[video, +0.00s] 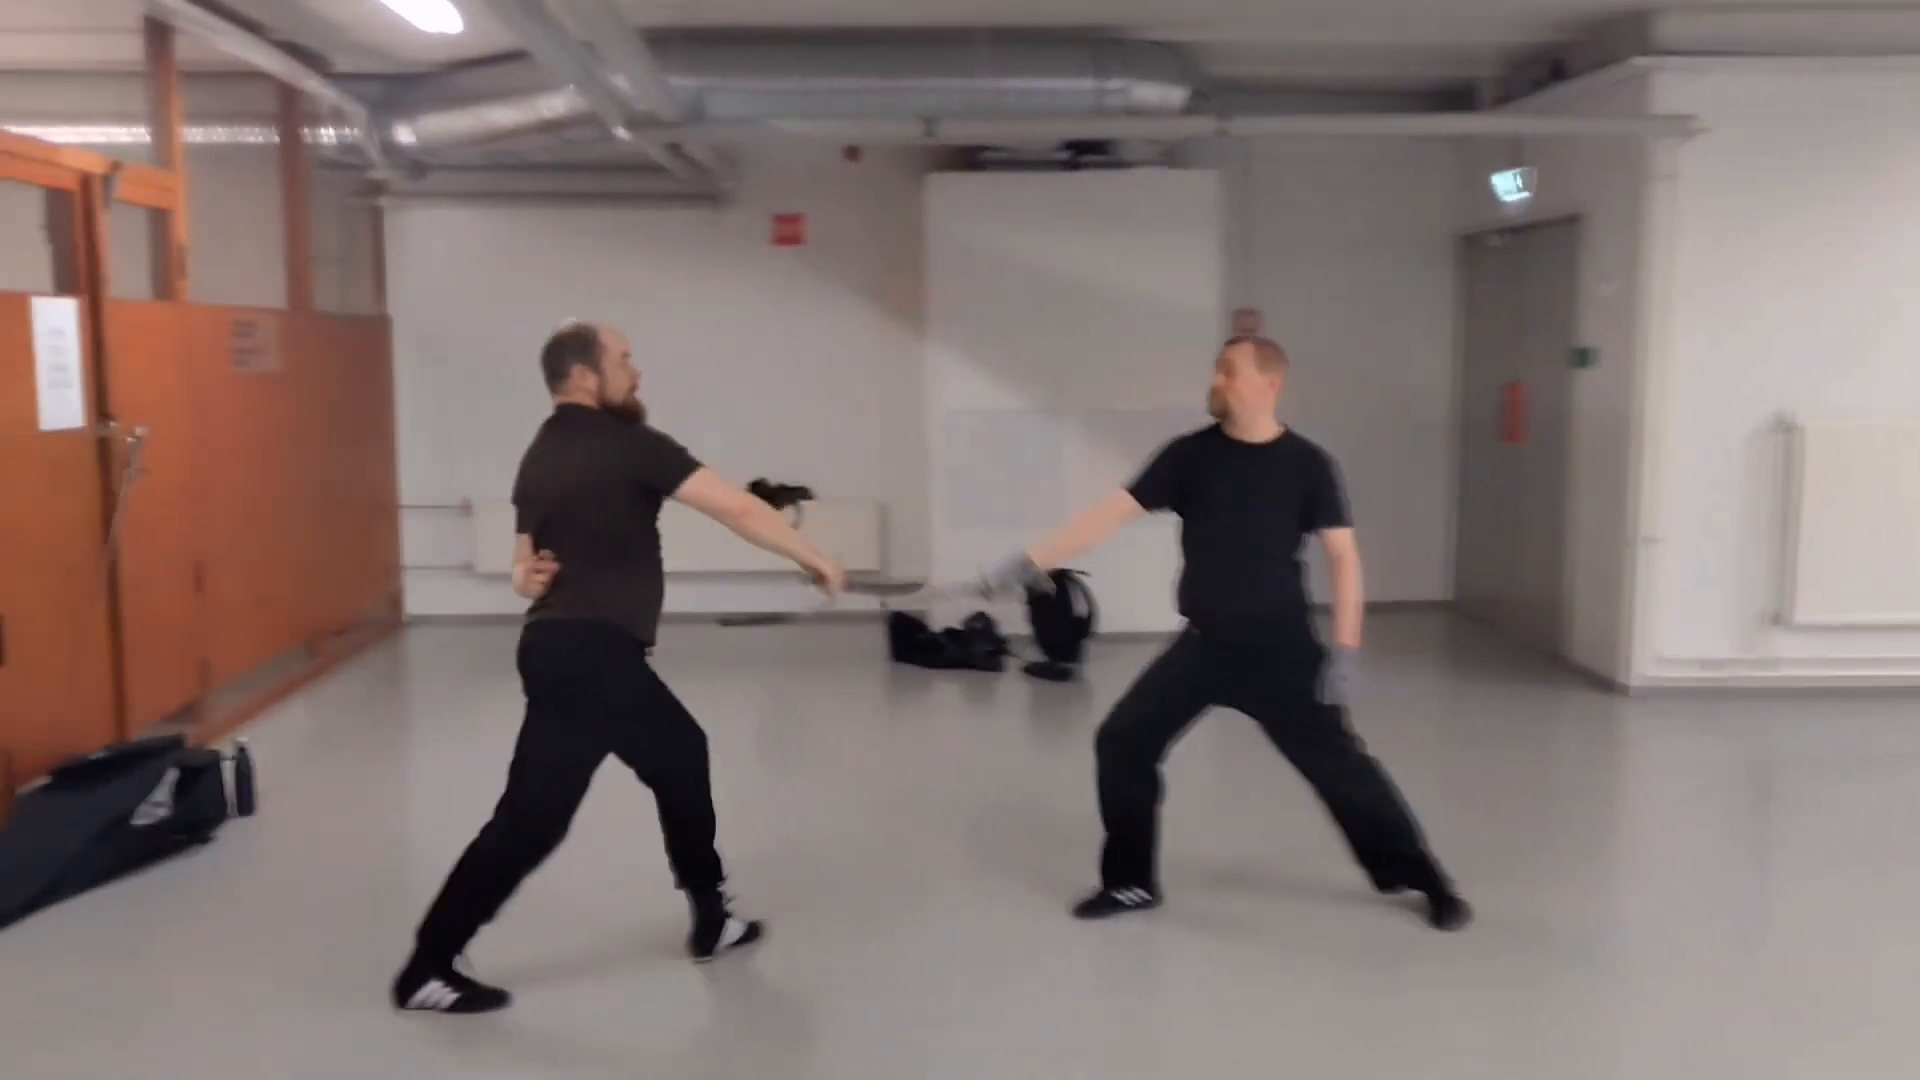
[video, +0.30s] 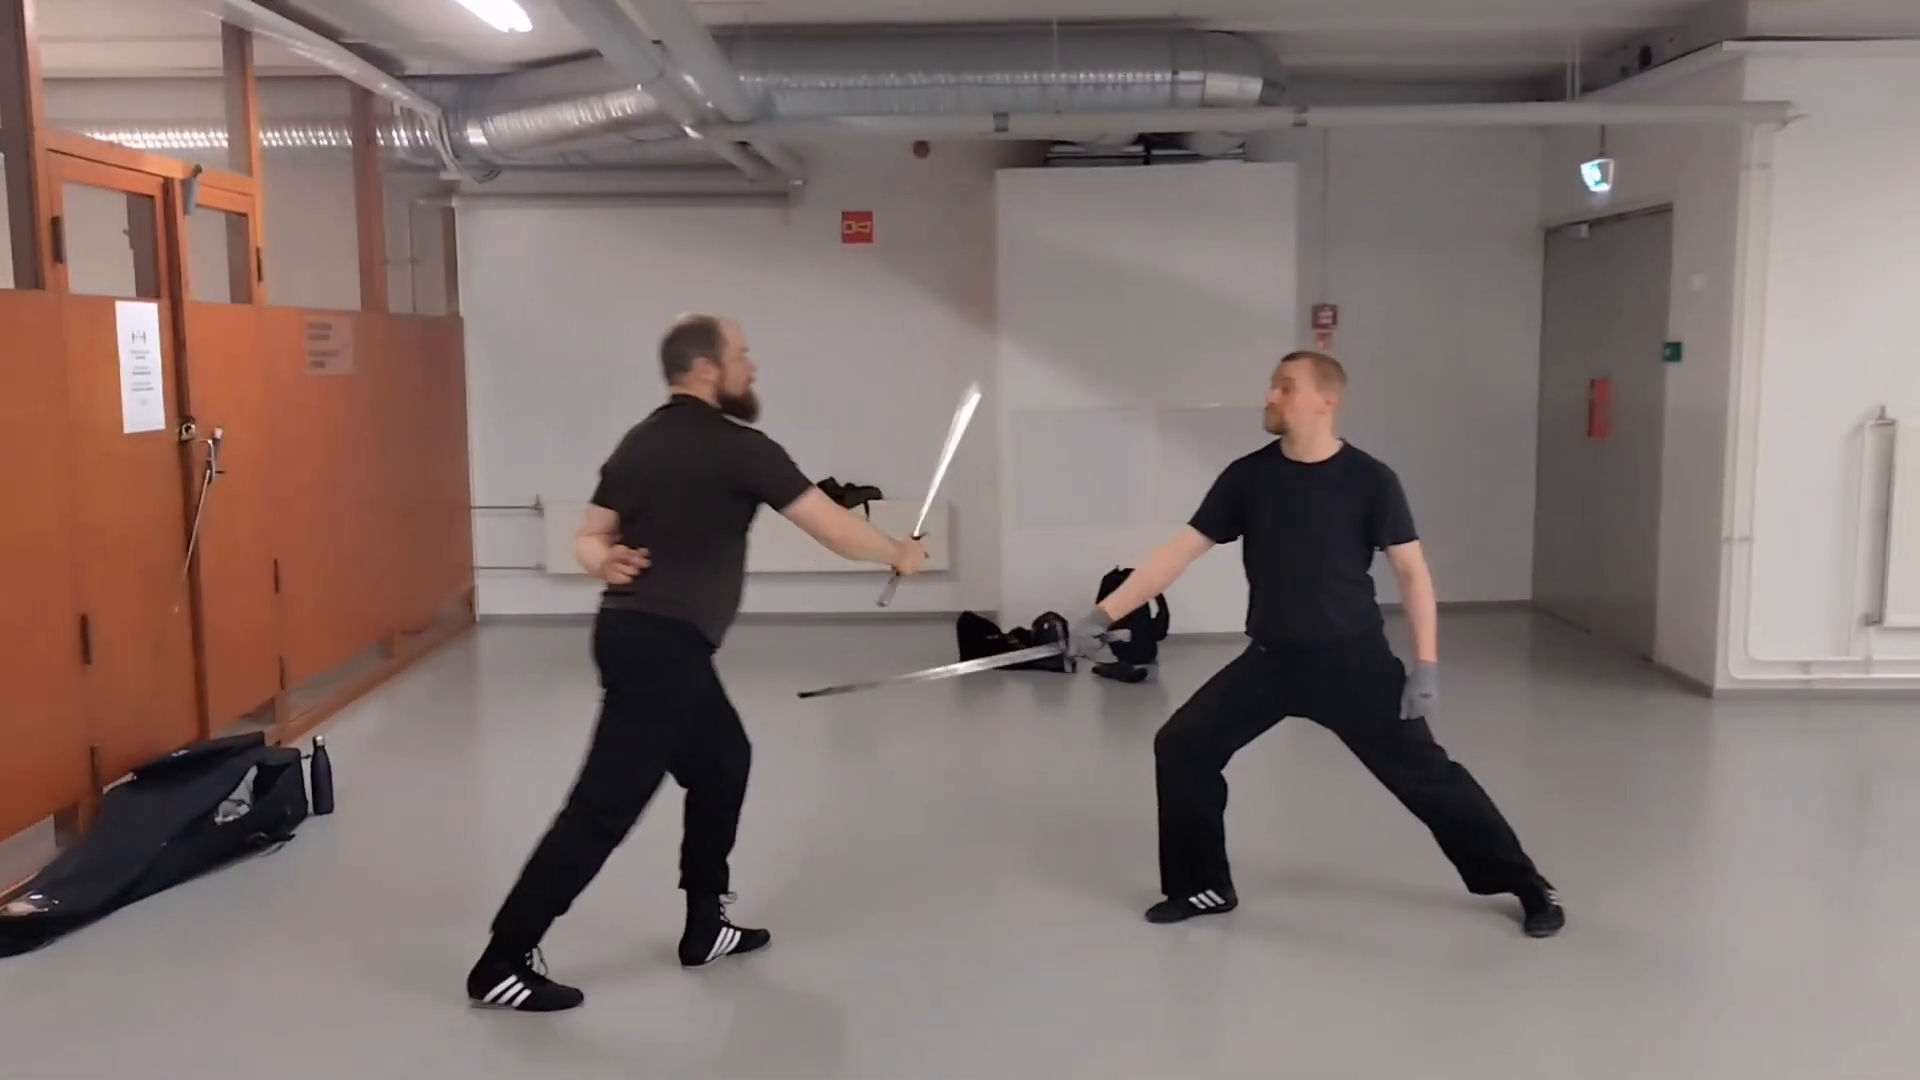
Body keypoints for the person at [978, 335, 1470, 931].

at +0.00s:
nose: (1218, 381)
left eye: (1232, 371)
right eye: (1217, 370)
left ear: (1272, 384)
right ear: (1218, 381)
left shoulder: (1307, 465)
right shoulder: (1190, 457)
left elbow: (1343, 559)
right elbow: (1107, 517)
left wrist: (1344, 654)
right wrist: (1028, 564)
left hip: (1283, 652)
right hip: (1205, 648)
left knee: (1341, 765)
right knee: (1122, 743)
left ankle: (1427, 881)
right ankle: (1131, 884)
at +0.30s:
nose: (1270, 398)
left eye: (1285, 388)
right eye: (1272, 387)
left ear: (1327, 402)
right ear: (1276, 401)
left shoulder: (1369, 482)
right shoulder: (1247, 477)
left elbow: (1413, 575)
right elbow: (1179, 551)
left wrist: (1426, 668)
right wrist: (1102, 616)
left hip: (1353, 666)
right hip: (1269, 664)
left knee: (1427, 777)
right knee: (1182, 746)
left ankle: (1528, 886)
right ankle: (1205, 887)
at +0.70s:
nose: (1352, 369)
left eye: (1369, 363)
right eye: (1355, 360)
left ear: (1406, 384)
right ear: (1354, 373)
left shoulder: (1428, 468)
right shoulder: (1308, 446)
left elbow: (1455, 568)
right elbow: (1249, 529)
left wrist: (1455, 657)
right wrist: (1181, 601)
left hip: (1383, 650)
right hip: (1302, 643)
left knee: (1436, 773)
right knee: (1218, 740)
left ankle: (1531, 875)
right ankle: (1205, 878)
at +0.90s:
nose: (1419, 352)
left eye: (1435, 344)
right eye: (1423, 341)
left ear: (1475, 362)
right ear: (1430, 353)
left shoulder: (1494, 447)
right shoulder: (1385, 424)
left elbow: (1509, 554)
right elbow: (1335, 507)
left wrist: (1483, 642)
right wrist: (1277, 581)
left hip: (1443, 628)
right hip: (1371, 620)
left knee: (1447, 766)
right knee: (1305, 746)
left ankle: (1534, 883)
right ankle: (1219, 864)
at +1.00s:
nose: (1453, 340)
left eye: (1469, 332)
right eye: (1456, 329)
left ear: (1510, 350)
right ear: (1458, 341)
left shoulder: (1530, 435)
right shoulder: (1420, 414)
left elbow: (1540, 541)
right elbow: (1379, 504)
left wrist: (1511, 632)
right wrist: (1327, 581)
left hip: (1481, 618)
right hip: (1408, 610)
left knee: (1475, 756)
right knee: (1342, 729)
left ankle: (1526, 889)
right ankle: (1281, 860)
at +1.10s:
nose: (1476, 328)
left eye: (1492, 320)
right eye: (1478, 318)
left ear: (1533, 338)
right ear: (1478, 330)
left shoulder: (1556, 421)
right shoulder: (1447, 403)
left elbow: (1570, 528)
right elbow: (1414, 498)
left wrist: (1546, 618)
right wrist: (1376, 575)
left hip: (1512, 604)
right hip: (1440, 596)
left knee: (1497, 749)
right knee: (1377, 717)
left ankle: (1519, 887)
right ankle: (1378, 859)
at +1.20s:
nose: (1494, 320)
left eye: (1510, 311)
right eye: (1496, 309)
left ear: (1552, 327)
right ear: (1500, 321)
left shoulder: (1576, 412)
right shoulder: (1466, 395)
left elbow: (1589, 518)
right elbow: (1442, 488)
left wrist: (1565, 607)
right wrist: (1406, 569)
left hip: (1533, 598)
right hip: (1464, 590)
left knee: (1514, 739)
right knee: (1435, 724)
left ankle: (1516, 881)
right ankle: (1478, 842)